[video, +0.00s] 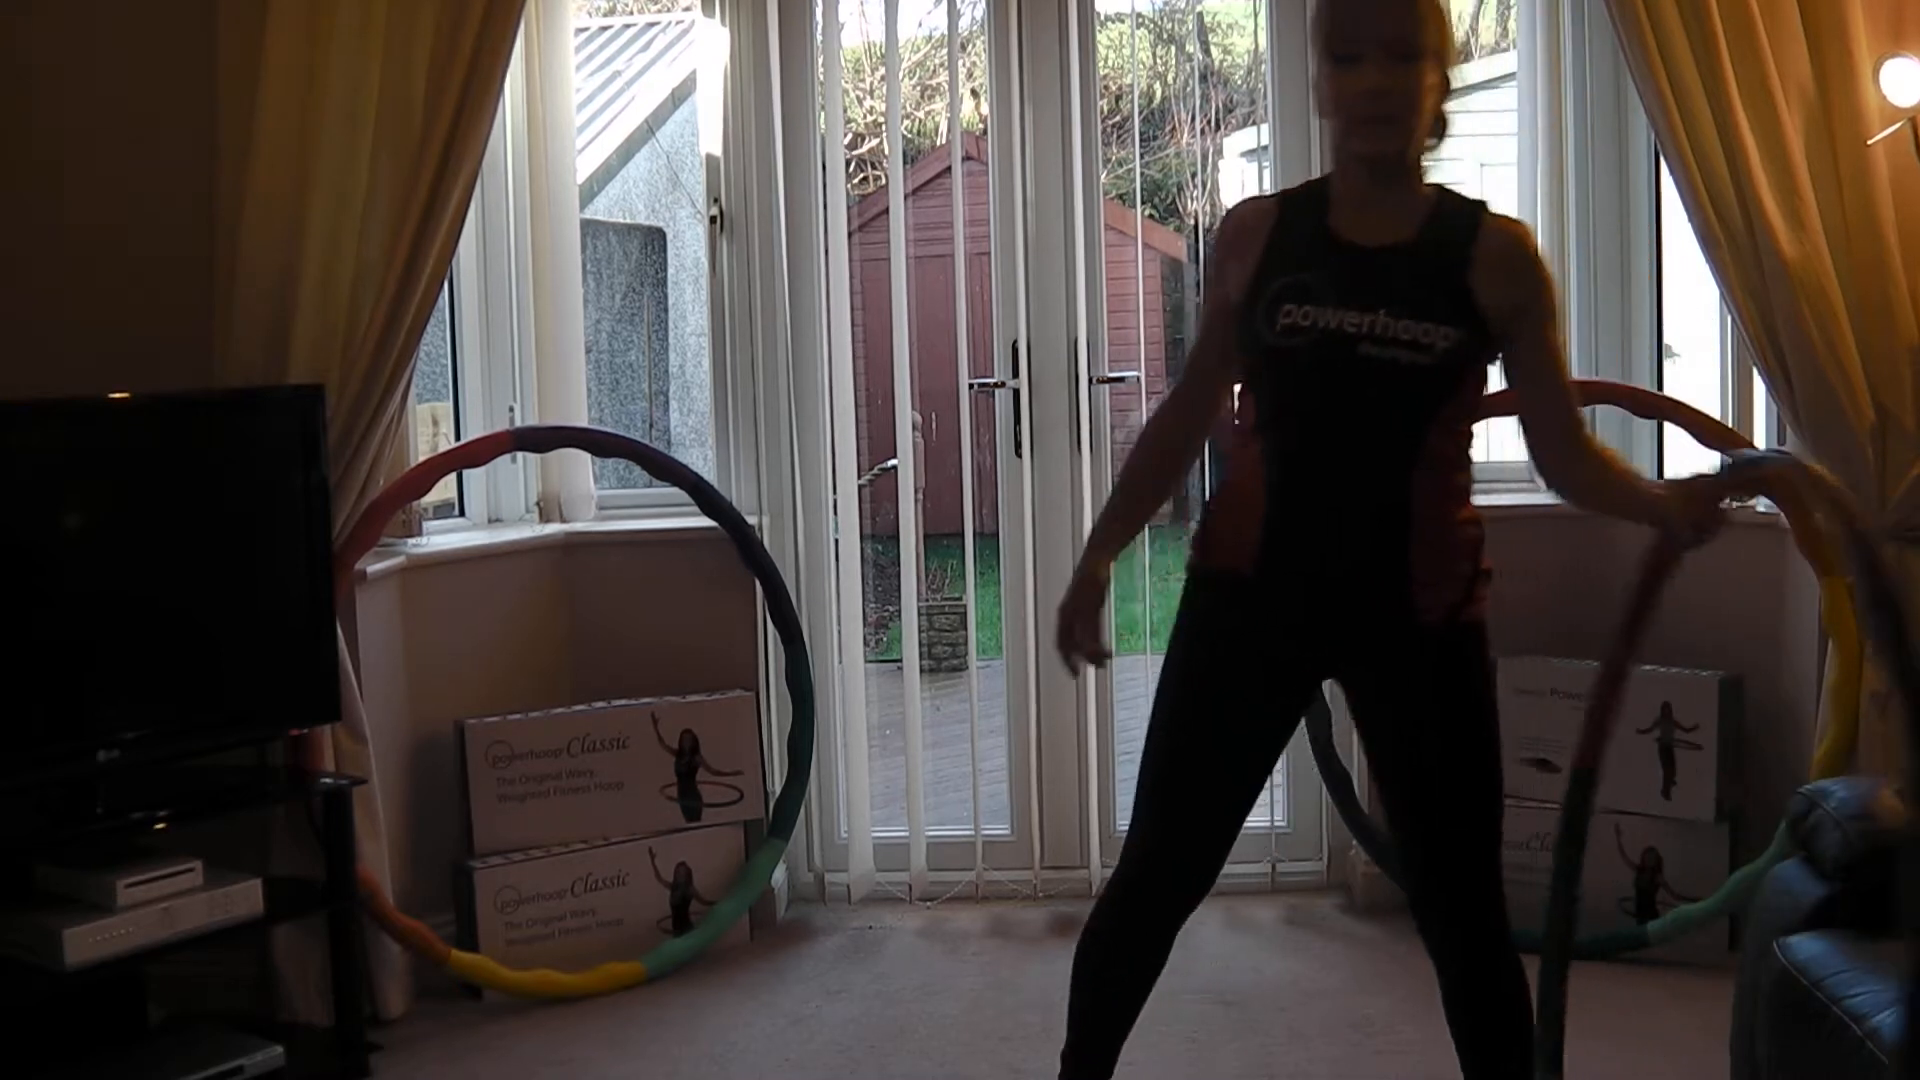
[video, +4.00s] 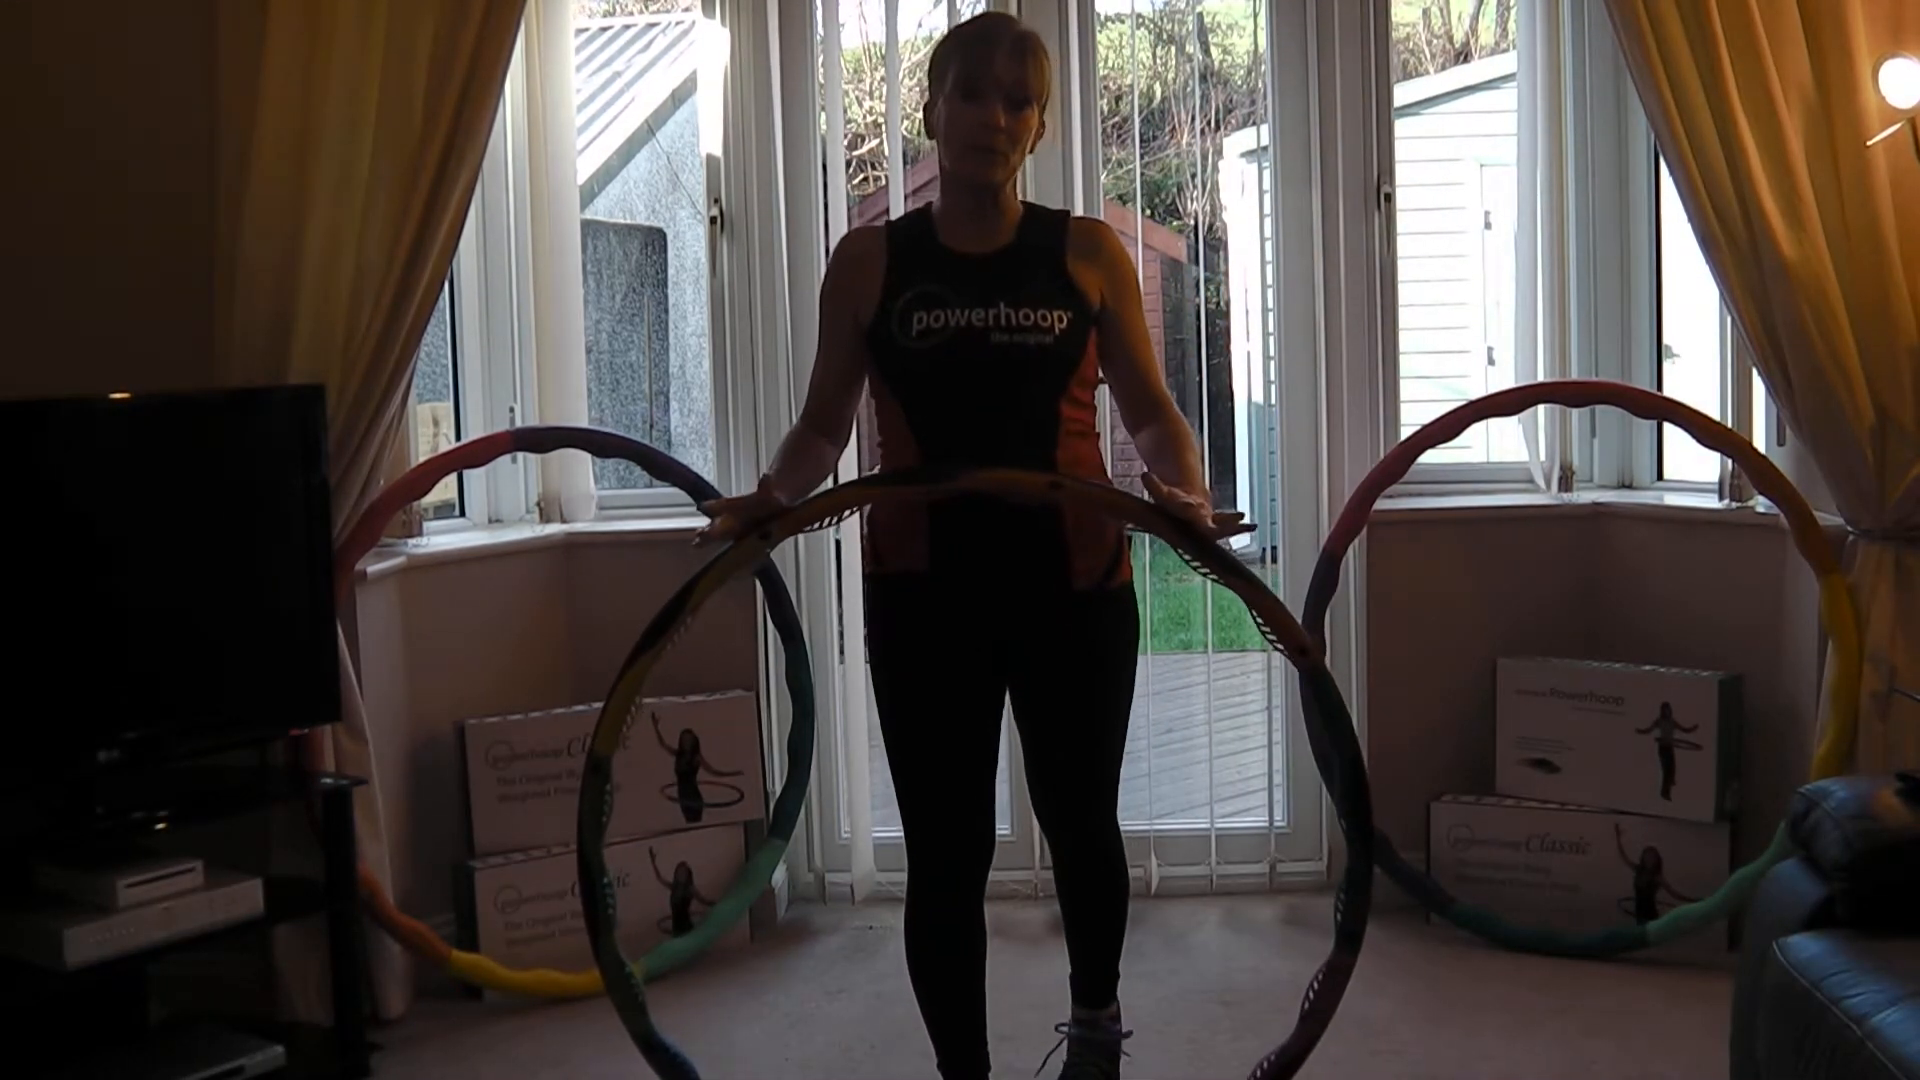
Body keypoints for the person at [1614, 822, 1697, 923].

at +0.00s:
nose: (1648, 860)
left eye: (1651, 857)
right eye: (1646, 857)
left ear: (1656, 860)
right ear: (1642, 858)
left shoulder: (1658, 877)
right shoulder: (1639, 871)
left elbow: (1673, 896)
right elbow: (1624, 856)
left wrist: (1694, 900)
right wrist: (1618, 838)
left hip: (1651, 913)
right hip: (1639, 911)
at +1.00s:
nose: (1648, 860)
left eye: (1652, 857)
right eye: (1646, 857)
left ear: (1656, 860)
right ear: (1642, 858)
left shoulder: (1658, 876)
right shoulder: (1639, 871)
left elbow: (1673, 894)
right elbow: (1624, 857)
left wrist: (1692, 901)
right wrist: (1618, 837)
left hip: (1651, 913)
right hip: (1639, 912)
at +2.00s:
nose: (1648, 860)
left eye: (1652, 857)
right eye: (1646, 856)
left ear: (1657, 859)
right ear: (1642, 858)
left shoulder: (1657, 876)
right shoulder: (1639, 871)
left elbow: (1673, 894)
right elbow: (1623, 857)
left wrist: (1693, 901)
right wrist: (1618, 839)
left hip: (1651, 913)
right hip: (1638, 912)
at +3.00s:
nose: (1648, 859)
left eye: (1651, 856)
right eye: (1646, 856)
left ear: (1656, 859)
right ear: (1642, 858)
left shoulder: (1657, 876)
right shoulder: (1639, 870)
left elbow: (1673, 894)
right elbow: (1624, 857)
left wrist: (1692, 900)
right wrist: (1618, 839)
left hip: (1651, 913)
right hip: (1639, 912)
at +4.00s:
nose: (1648, 860)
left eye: (1651, 857)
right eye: (1646, 856)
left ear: (1657, 860)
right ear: (1642, 858)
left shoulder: (1657, 877)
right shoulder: (1639, 870)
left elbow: (1674, 894)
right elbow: (1623, 857)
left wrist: (1693, 901)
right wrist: (1618, 838)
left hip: (1651, 912)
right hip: (1639, 911)